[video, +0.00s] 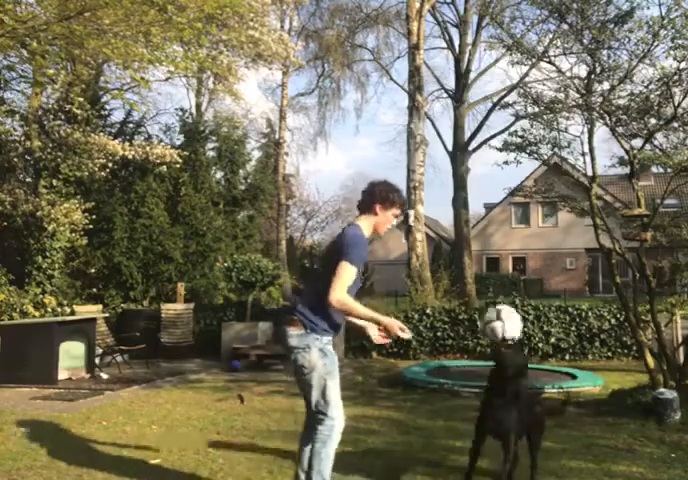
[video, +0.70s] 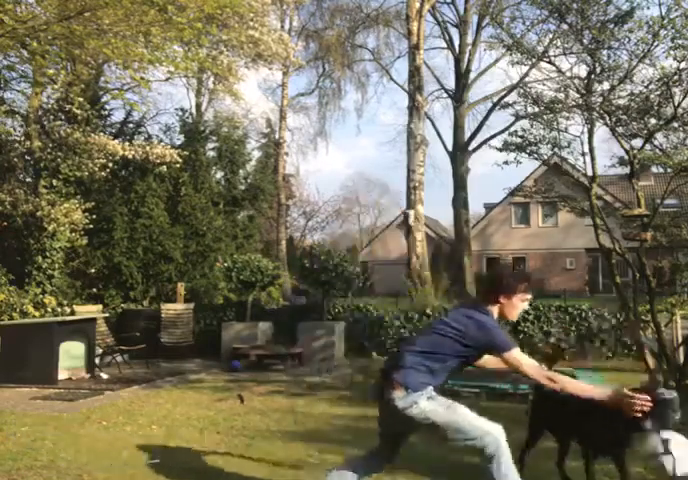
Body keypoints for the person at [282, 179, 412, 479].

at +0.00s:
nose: (393, 224)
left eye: (396, 218)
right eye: (394, 216)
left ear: (375, 209)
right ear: (377, 208)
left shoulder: (349, 237)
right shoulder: (356, 240)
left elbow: (332, 300)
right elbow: (336, 297)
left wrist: (366, 326)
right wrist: (382, 319)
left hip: (309, 333)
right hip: (310, 335)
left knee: (319, 416)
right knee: (331, 419)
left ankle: (306, 474)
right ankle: (318, 475)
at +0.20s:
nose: (401, 228)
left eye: (403, 221)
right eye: (400, 220)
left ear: (378, 216)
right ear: (384, 217)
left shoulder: (357, 248)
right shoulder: (374, 255)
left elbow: (356, 310)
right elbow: (387, 317)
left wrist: (400, 319)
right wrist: (439, 333)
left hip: (313, 339)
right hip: (319, 342)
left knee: (339, 417)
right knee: (346, 419)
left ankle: (314, 474)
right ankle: (323, 475)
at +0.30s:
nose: (413, 237)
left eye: (412, 230)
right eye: (409, 229)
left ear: (387, 230)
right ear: (389, 230)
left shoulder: (363, 261)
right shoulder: (383, 265)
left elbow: (368, 314)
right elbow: (425, 323)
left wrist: (416, 321)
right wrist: (476, 339)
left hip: (310, 347)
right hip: (323, 350)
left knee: (340, 421)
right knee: (367, 418)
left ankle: (314, 475)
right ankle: (333, 475)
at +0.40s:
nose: (427, 254)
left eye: (427, 247)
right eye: (423, 247)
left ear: (398, 248)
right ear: (404, 248)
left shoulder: (370, 275)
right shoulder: (394, 281)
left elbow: (387, 325)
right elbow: (458, 326)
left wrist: (437, 327)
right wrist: (514, 340)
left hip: (313, 354)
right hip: (331, 356)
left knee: (351, 422)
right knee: (392, 411)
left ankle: (313, 475)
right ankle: (374, 474)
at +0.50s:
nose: (450, 272)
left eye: (449, 264)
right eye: (446, 264)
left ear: (423, 266)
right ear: (425, 265)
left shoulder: (399, 291)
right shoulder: (417, 297)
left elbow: (410, 335)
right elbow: (481, 336)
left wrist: (456, 337)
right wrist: (542, 348)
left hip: (329, 362)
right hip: (345, 363)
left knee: (360, 433)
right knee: (418, 411)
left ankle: (322, 474)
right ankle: (429, 475)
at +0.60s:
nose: (480, 291)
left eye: (481, 284)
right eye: (478, 284)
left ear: (453, 281)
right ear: (457, 282)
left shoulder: (425, 304)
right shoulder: (445, 310)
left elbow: (443, 348)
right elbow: (510, 354)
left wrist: (494, 351)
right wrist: (566, 366)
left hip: (355, 376)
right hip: (377, 379)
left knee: (373, 448)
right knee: (451, 421)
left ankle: (330, 476)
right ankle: (481, 474)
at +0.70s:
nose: (525, 309)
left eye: (526, 301)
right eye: (523, 301)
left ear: (497, 296)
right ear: (502, 298)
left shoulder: (466, 316)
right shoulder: (488, 326)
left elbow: (470, 361)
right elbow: (547, 379)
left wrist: (521, 367)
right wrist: (612, 397)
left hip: (391, 390)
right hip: (412, 395)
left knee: (383, 455)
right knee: (493, 439)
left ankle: (337, 475)